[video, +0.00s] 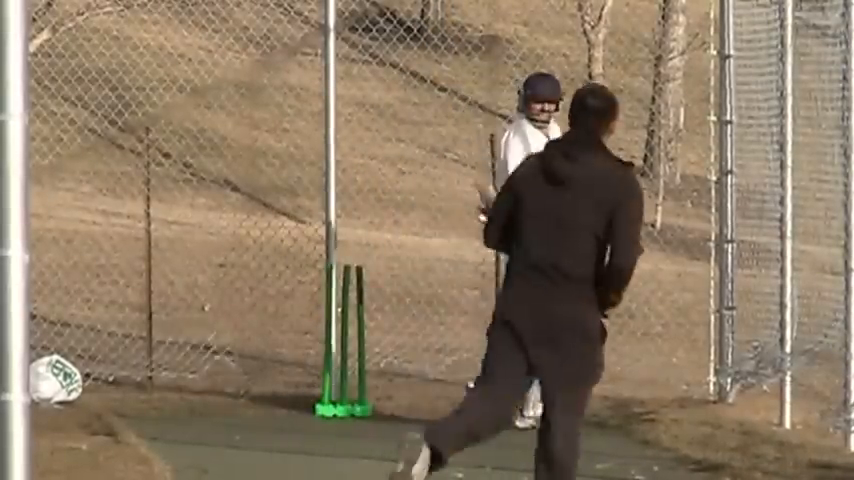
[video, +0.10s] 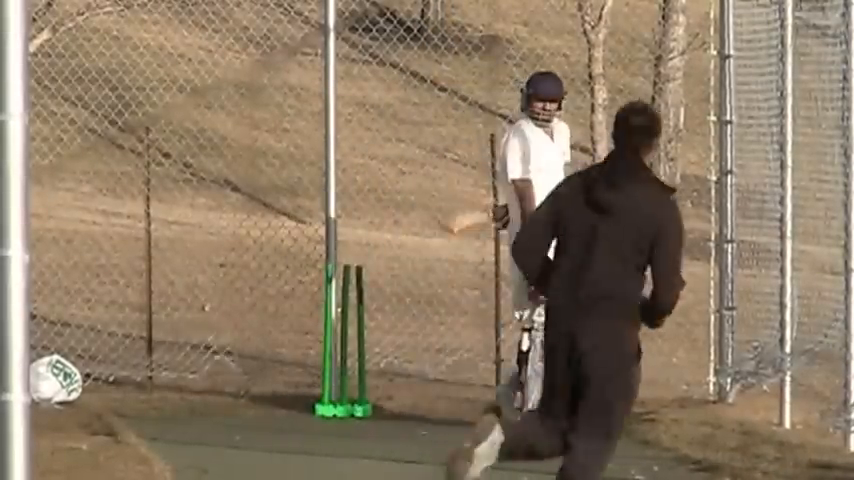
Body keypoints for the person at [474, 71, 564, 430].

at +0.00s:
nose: (543, 108)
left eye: (550, 102)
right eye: (536, 102)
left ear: (558, 105)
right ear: (522, 102)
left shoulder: (558, 134)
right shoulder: (514, 137)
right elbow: (510, 191)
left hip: (552, 242)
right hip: (520, 243)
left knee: (544, 321)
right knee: (517, 318)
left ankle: (534, 400)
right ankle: (489, 384)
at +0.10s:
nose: (545, 108)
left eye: (552, 102)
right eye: (539, 101)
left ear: (561, 104)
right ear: (527, 101)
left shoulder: (562, 130)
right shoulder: (518, 137)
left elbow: (564, 175)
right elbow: (523, 191)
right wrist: (535, 236)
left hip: (558, 231)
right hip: (529, 234)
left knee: (554, 308)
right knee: (532, 311)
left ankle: (547, 387)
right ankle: (526, 388)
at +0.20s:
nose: (548, 108)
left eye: (555, 102)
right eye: (540, 101)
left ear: (562, 103)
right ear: (528, 101)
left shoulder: (567, 130)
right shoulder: (520, 136)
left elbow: (563, 180)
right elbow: (524, 199)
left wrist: (516, 216)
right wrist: (528, 265)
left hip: (568, 239)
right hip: (539, 244)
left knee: (583, 319)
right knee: (545, 321)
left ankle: (552, 385)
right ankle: (532, 404)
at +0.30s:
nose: (549, 108)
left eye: (557, 102)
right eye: (542, 101)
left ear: (566, 103)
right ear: (531, 101)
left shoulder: (573, 131)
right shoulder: (523, 138)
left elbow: (575, 181)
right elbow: (522, 202)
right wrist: (524, 259)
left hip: (572, 243)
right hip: (540, 246)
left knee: (588, 318)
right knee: (547, 323)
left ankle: (572, 375)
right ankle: (532, 405)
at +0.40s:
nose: (554, 108)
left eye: (561, 102)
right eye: (547, 101)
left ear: (570, 104)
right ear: (535, 101)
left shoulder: (581, 132)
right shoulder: (523, 138)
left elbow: (597, 180)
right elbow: (516, 201)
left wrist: (566, 208)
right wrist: (518, 254)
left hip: (578, 240)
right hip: (543, 243)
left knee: (594, 315)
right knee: (548, 320)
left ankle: (584, 385)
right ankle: (532, 404)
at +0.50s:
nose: (560, 109)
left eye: (567, 103)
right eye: (553, 102)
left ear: (576, 104)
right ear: (542, 101)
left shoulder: (588, 130)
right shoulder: (527, 140)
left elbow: (605, 171)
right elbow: (514, 197)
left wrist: (589, 213)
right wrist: (514, 247)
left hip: (584, 238)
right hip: (546, 241)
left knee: (596, 316)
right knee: (551, 318)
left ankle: (586, 393)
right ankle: (533, 404)